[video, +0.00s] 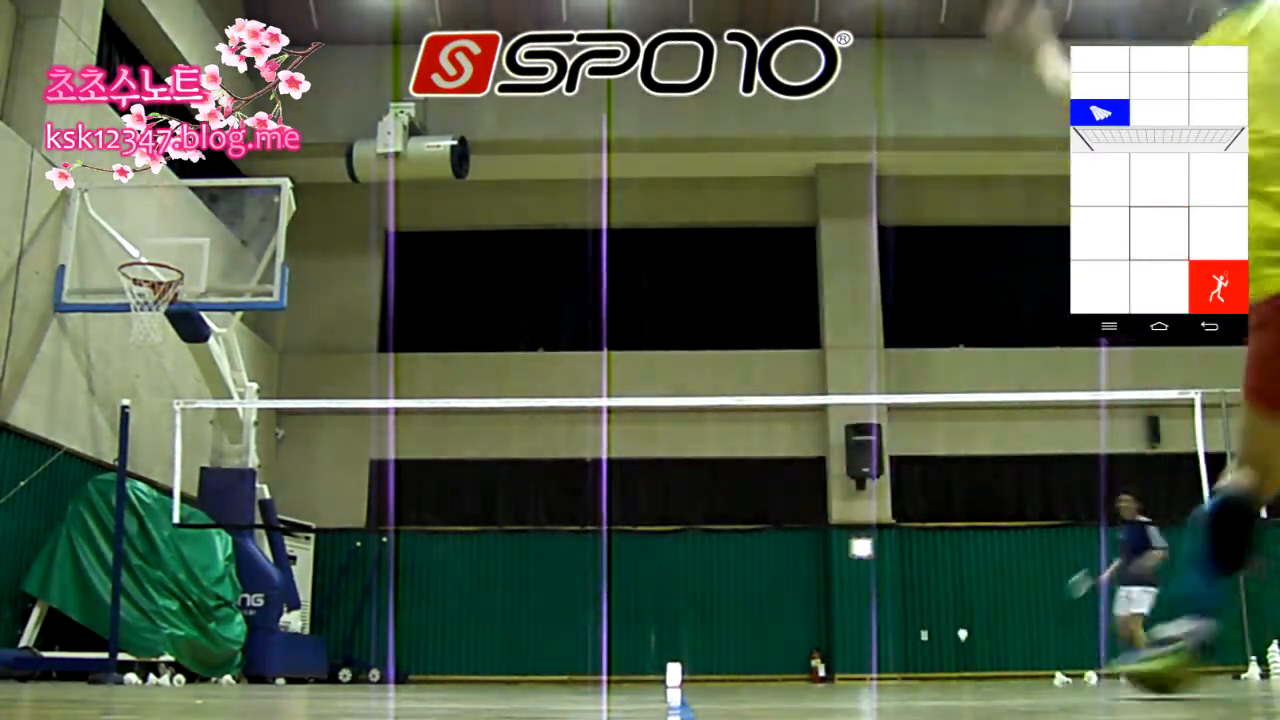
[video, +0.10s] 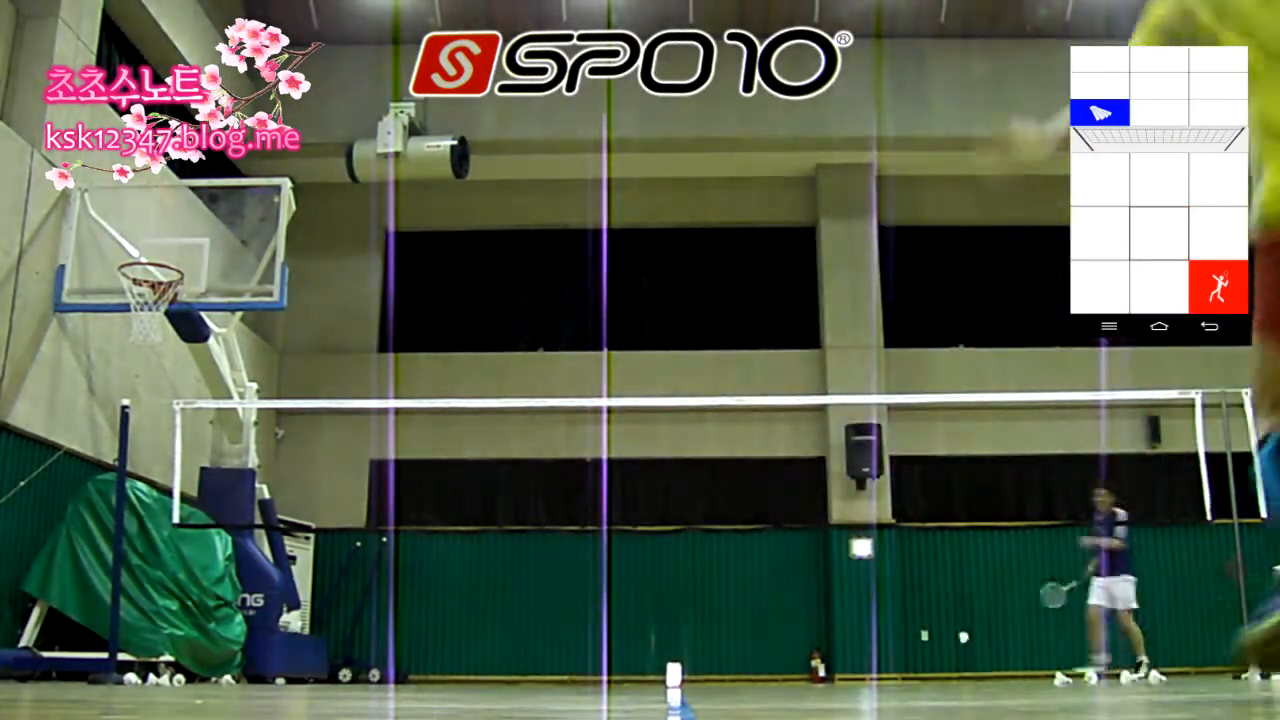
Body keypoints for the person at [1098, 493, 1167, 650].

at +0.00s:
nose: (1124, 507)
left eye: (1127, 503)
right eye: (1121, 503)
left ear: (1136, 506)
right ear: (1118, 507)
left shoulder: (1145, 525)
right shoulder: (1124, 528)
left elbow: (1160, 549)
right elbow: (1123, 558)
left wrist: (1143, 565)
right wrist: (1107, 575)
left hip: (1143, 583)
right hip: (1125, 583)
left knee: (1135, 625)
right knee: (1122, 628)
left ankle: (1145, 660)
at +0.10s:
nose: (1099, 501)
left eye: (1103, 497)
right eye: (1097, 497)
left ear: (1111, 499)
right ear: (1094, 500)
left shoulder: (1119, 516)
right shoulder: (1097, 519)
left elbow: (1121, 542)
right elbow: (1104, 548)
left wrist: (1094, 541)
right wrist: (1093, 566)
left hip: (1121, 577)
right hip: (1101, 577)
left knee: (1126, 619)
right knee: (1093, 616)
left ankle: (1142, 660)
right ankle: (1100, 660)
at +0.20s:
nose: (1075, 500)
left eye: (1079, 497)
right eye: (1072, 497)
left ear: (1087, 499)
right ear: (1069, 500)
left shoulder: (1095, 514)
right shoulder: (1072, 518)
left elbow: (1095, 540)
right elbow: (1078, 546)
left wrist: (1071, 538)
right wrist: (1069, 562)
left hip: (1096, 574)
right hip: (1076, 575)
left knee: (1105, 619)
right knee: (1070, 617)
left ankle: (1130, 651)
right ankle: (1064, 660)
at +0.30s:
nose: (1053, 506)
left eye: (1057, 502)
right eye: (1050, 502)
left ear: (1067, 505)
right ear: (1047, 505)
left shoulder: (1075, 525)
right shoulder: (1048, 529)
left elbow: (1082, 553)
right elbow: (1045, 556)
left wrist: (1054, 564)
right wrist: (1034, 573)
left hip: (1070, 584)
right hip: (1049, 584)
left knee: (1069, 626)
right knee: (1045, 625)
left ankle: (1102, 648)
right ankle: (1054, 667)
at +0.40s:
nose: (1034, 503)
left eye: (1038, 499)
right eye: (1031, 499)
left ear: (1046, 501)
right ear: (1027, 502)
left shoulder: (1057, 522)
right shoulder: (1026, 523)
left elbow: (1075, 549)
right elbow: (1020, 550)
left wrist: (1062, 565)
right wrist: (1008, 564)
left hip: (1047, 578)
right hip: (1029, 578)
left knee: (1033, 616)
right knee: (1037, 621)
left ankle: (1054, 657)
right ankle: (1051, 665)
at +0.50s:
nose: (1016, 498)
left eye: (1020, 494)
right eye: (1014, 494)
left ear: (1029, 497)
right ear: (1010, 497)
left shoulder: (1039, 516)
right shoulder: (1006, 516)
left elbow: (1062, 536)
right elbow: (998, 540)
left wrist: (1056, 557)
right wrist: (991, 558)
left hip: (1027, 573)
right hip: (1007, 572)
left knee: (1011, 615)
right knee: (1018, 619)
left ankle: (1005, 662)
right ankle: (1040, 658)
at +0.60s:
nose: (998, 502)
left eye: (1003, 498)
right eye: (996, 498)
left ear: (1011, 501)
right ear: (993, 500)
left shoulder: (1021, 520)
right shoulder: (988, 521)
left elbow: (1044, 536)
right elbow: (981, 544)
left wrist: (1040, 554)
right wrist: (974, 560)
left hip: (1006, 578)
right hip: (987, 577)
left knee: (990, 621)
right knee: (989, 622)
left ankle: (979, 667)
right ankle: (1018, 653)